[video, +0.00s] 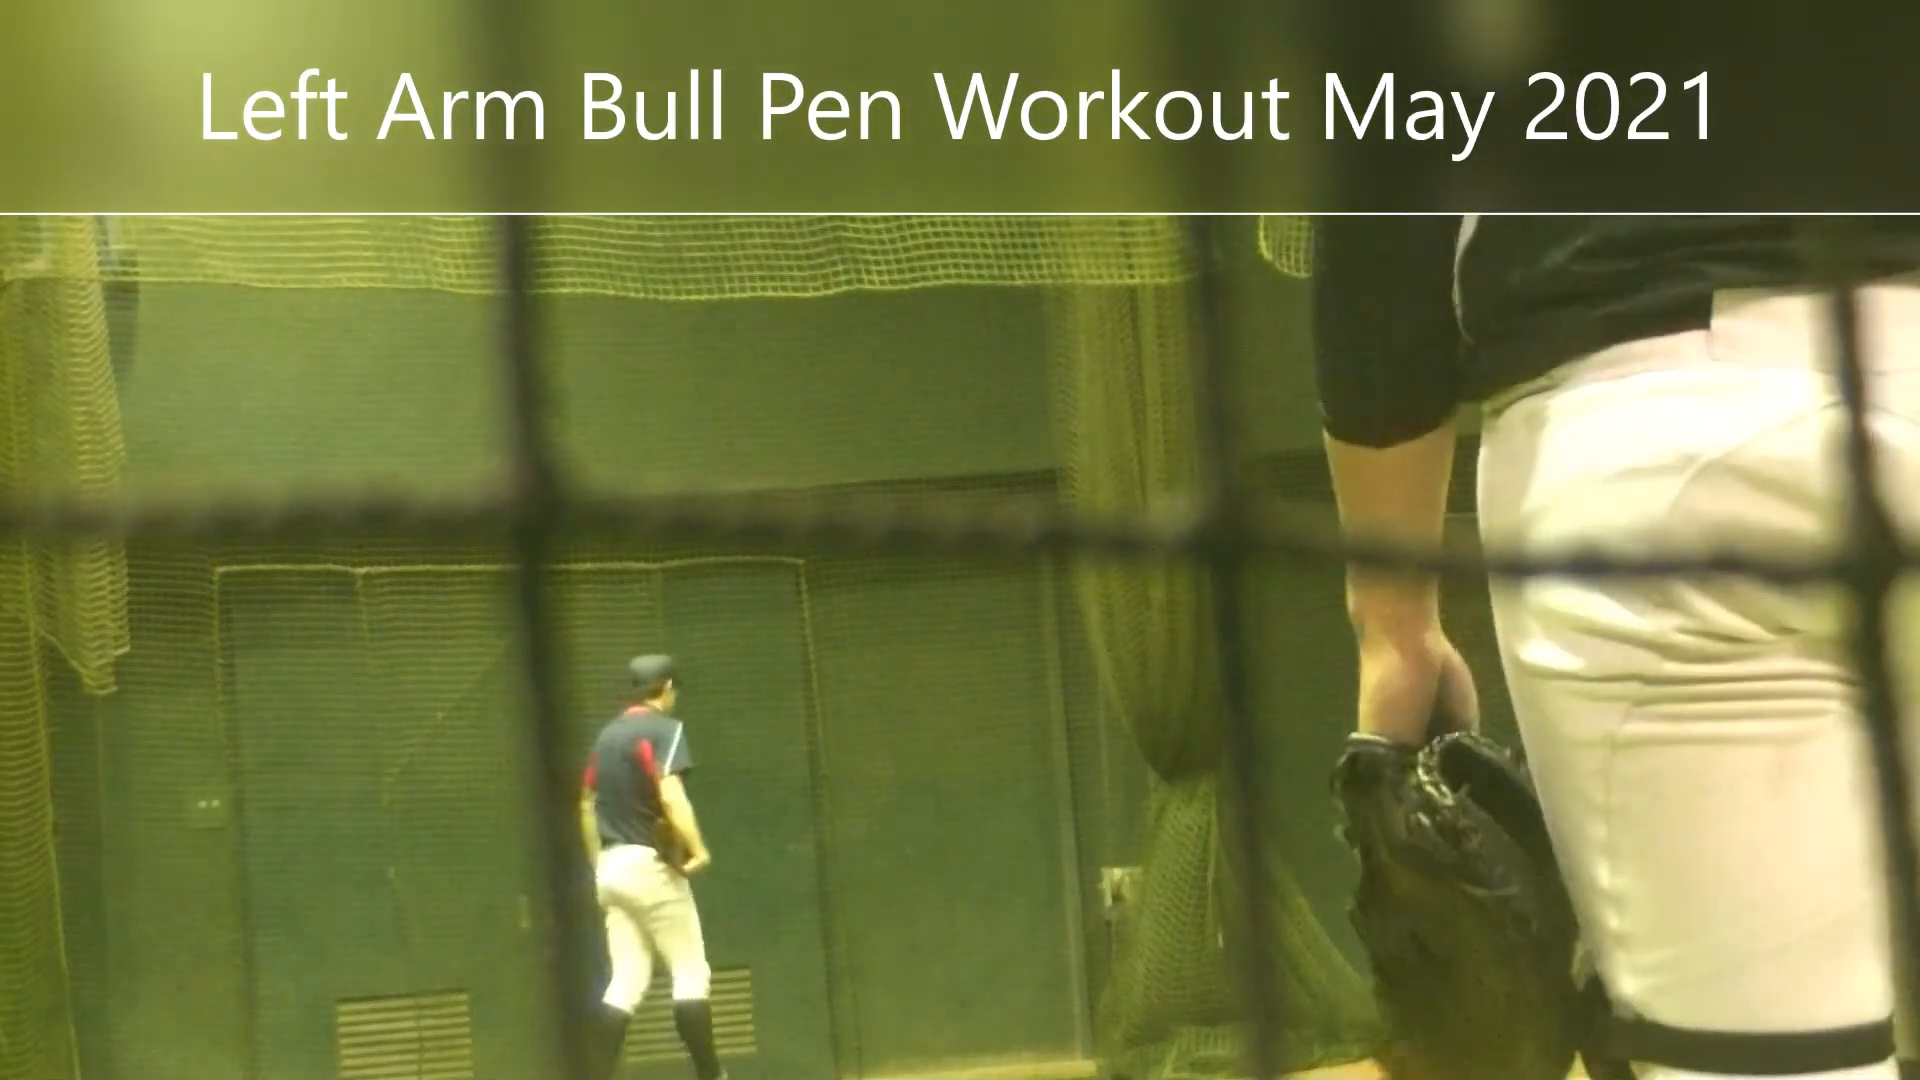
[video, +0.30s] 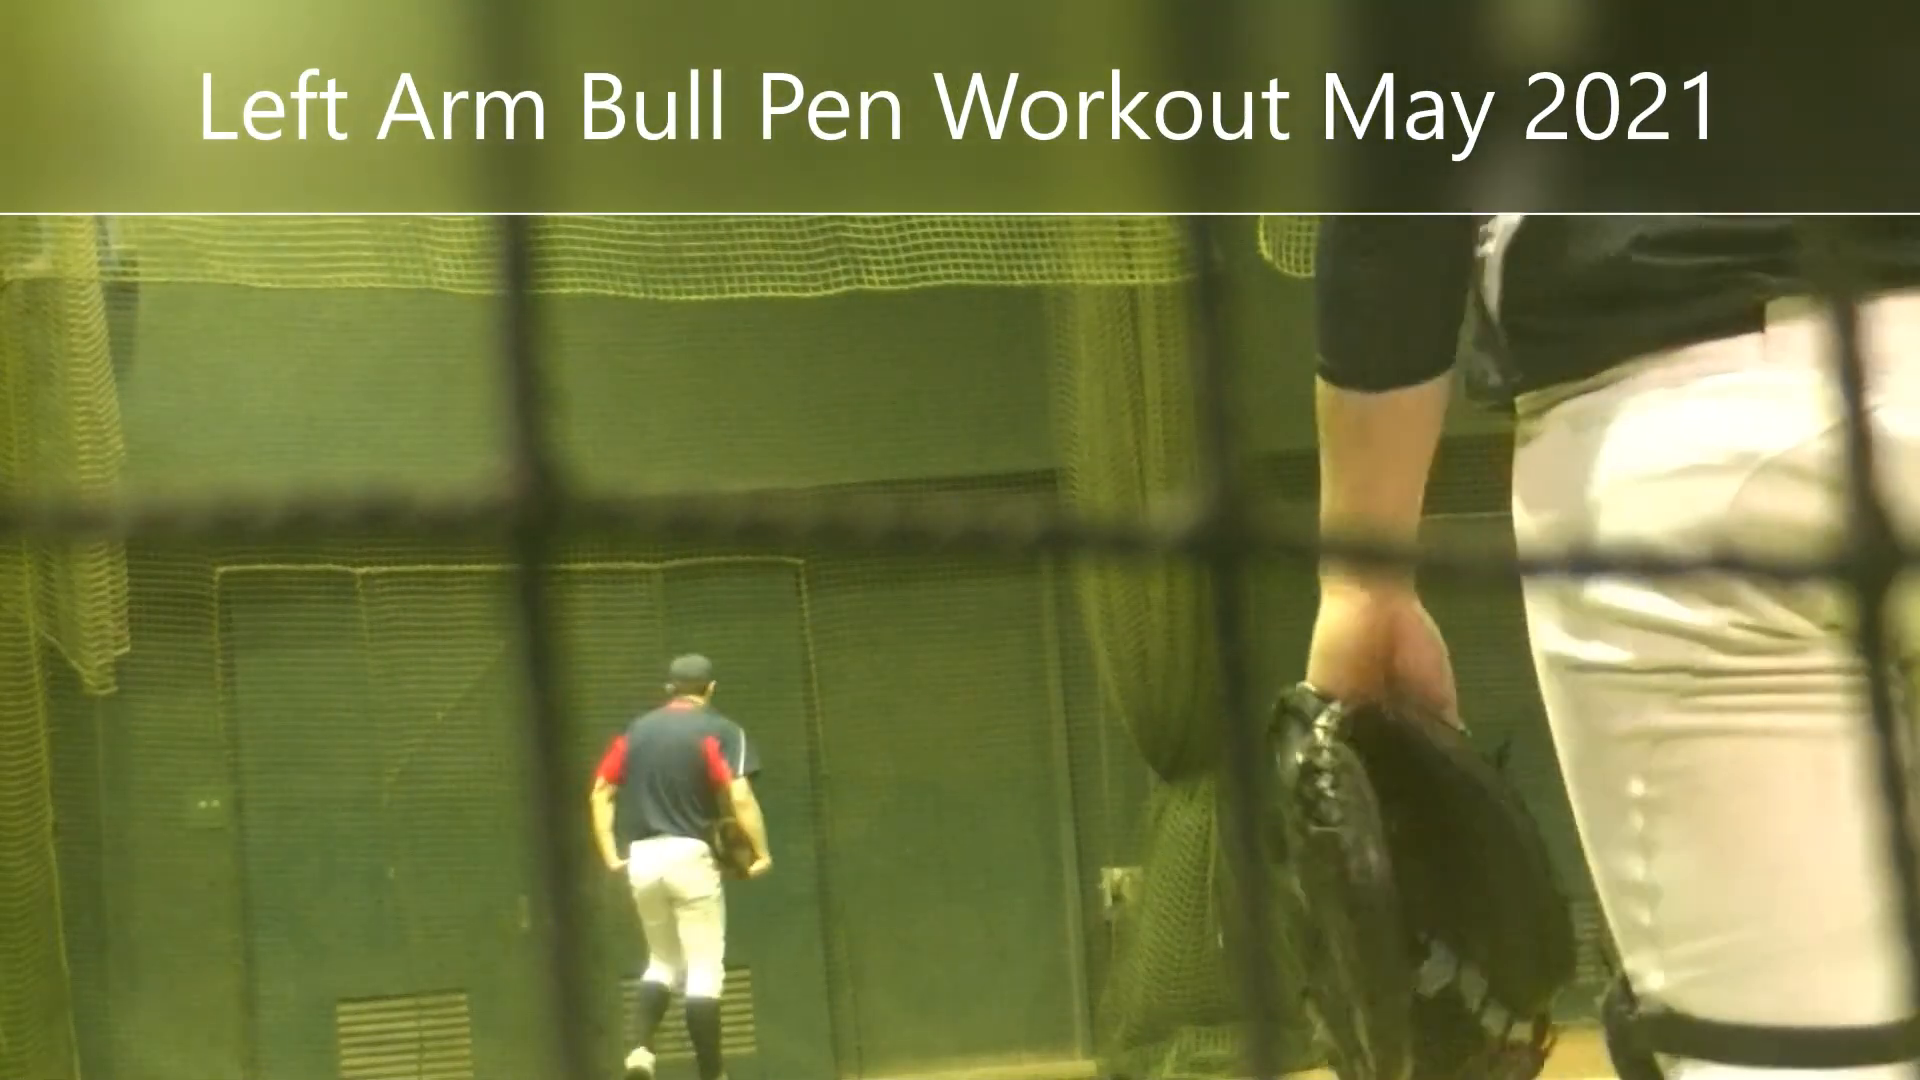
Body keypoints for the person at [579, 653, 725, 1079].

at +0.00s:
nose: (674, 693)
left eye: (671, 686)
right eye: (672, 687)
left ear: (635, 691)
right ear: (663, 689)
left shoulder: (607, 733)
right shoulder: (664, 730)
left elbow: (587, 801)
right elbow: (670, 792)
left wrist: (596, 859)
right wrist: (698, 848)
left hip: (609, 863)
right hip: (648, 861)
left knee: (628, 976)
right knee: (689, 969)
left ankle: (595, 1072)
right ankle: (709, 1072)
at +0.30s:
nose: (709, 695)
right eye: (710, 689)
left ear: (669, 689)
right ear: (708, 690)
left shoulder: (636, 730)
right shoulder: (720, 731)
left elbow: (601, 793)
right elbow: (740, 798)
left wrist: (610, 854)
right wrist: (761, 853)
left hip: (640, 857)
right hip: (691, 856)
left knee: (661, 958)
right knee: (703, 964)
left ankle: (639, 1047)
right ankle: (711, 1070)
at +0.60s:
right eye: (708, 691)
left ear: (672, 695)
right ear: (712, 692)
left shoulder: (646, 732)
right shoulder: (737, 731)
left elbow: (608, 792)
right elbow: (768, 796)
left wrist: (623, 858)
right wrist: (789, 850)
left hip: (664, 857)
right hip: (715, 855)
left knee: (669, 970)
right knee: (715, 967)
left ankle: (676, 1072)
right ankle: (713, 1073)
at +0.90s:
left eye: (655, 696)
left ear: (652, 699)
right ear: (690, 693)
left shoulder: (635, 736)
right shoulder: (722, 727)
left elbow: (597, 803)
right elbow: (756, 790)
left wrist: (620, 864)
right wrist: (783, 842)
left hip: (661, 858)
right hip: (713, 853)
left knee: (674, 967)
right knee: (730, 957)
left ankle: (687, 1069)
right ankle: (723, 1062)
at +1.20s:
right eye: (673, 693)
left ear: (642, 701)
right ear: (681, 695)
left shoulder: (623, 737)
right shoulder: (707, 725)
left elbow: (590, 803)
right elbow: (741, 785)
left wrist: (613, 865)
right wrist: (772, 835)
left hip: (653, 856)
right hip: (703, 847)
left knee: (671, 968)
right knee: (732, 952)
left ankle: (688, 1072)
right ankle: (744, 1060)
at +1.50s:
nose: (670, 708)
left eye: (662, 701)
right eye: (680, 701)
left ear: (650, 705)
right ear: (688, 702)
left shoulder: (625, 740)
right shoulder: (709, 731)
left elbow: (592, 803)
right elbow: (742, 792)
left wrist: (613, 866)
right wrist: (770, 842)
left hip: (653, 857)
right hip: (702, 851)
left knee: (671, 968)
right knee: (718, 961)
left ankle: (687, 1070)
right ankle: (720, 1066)